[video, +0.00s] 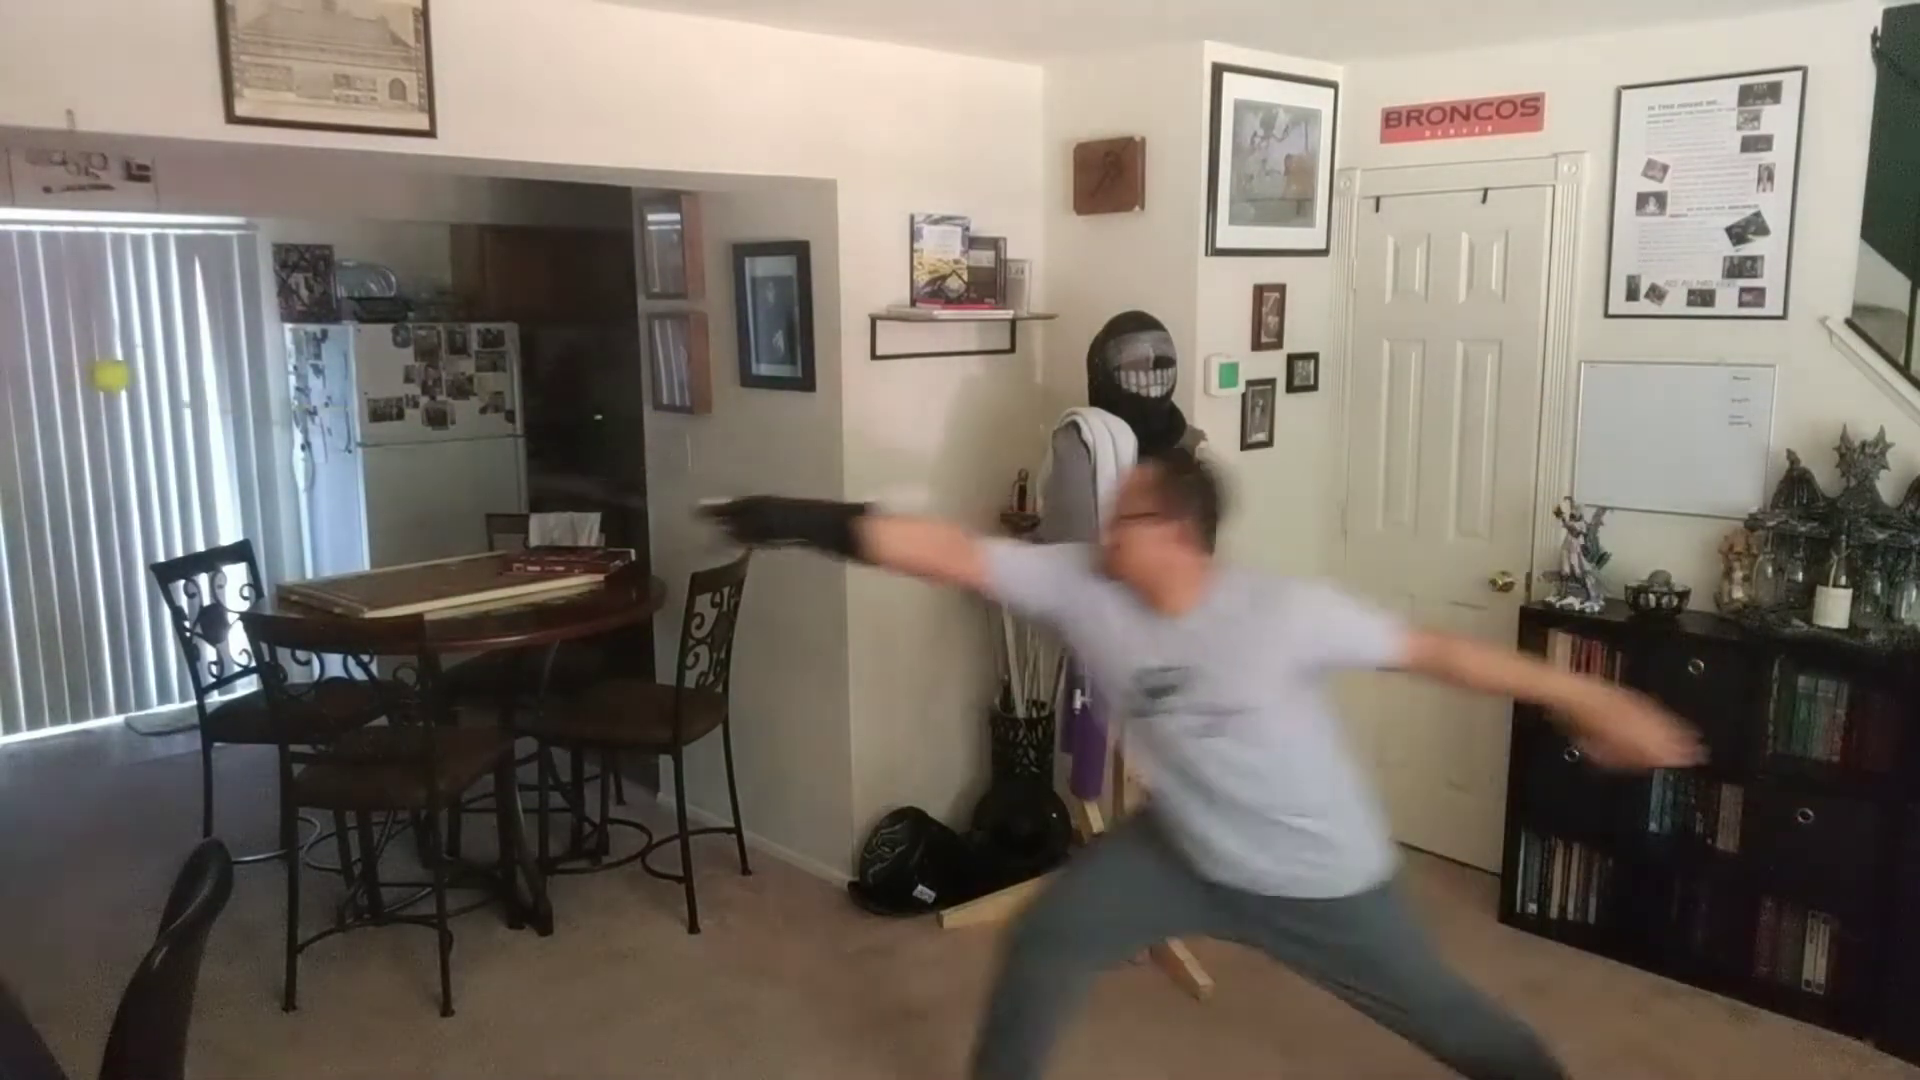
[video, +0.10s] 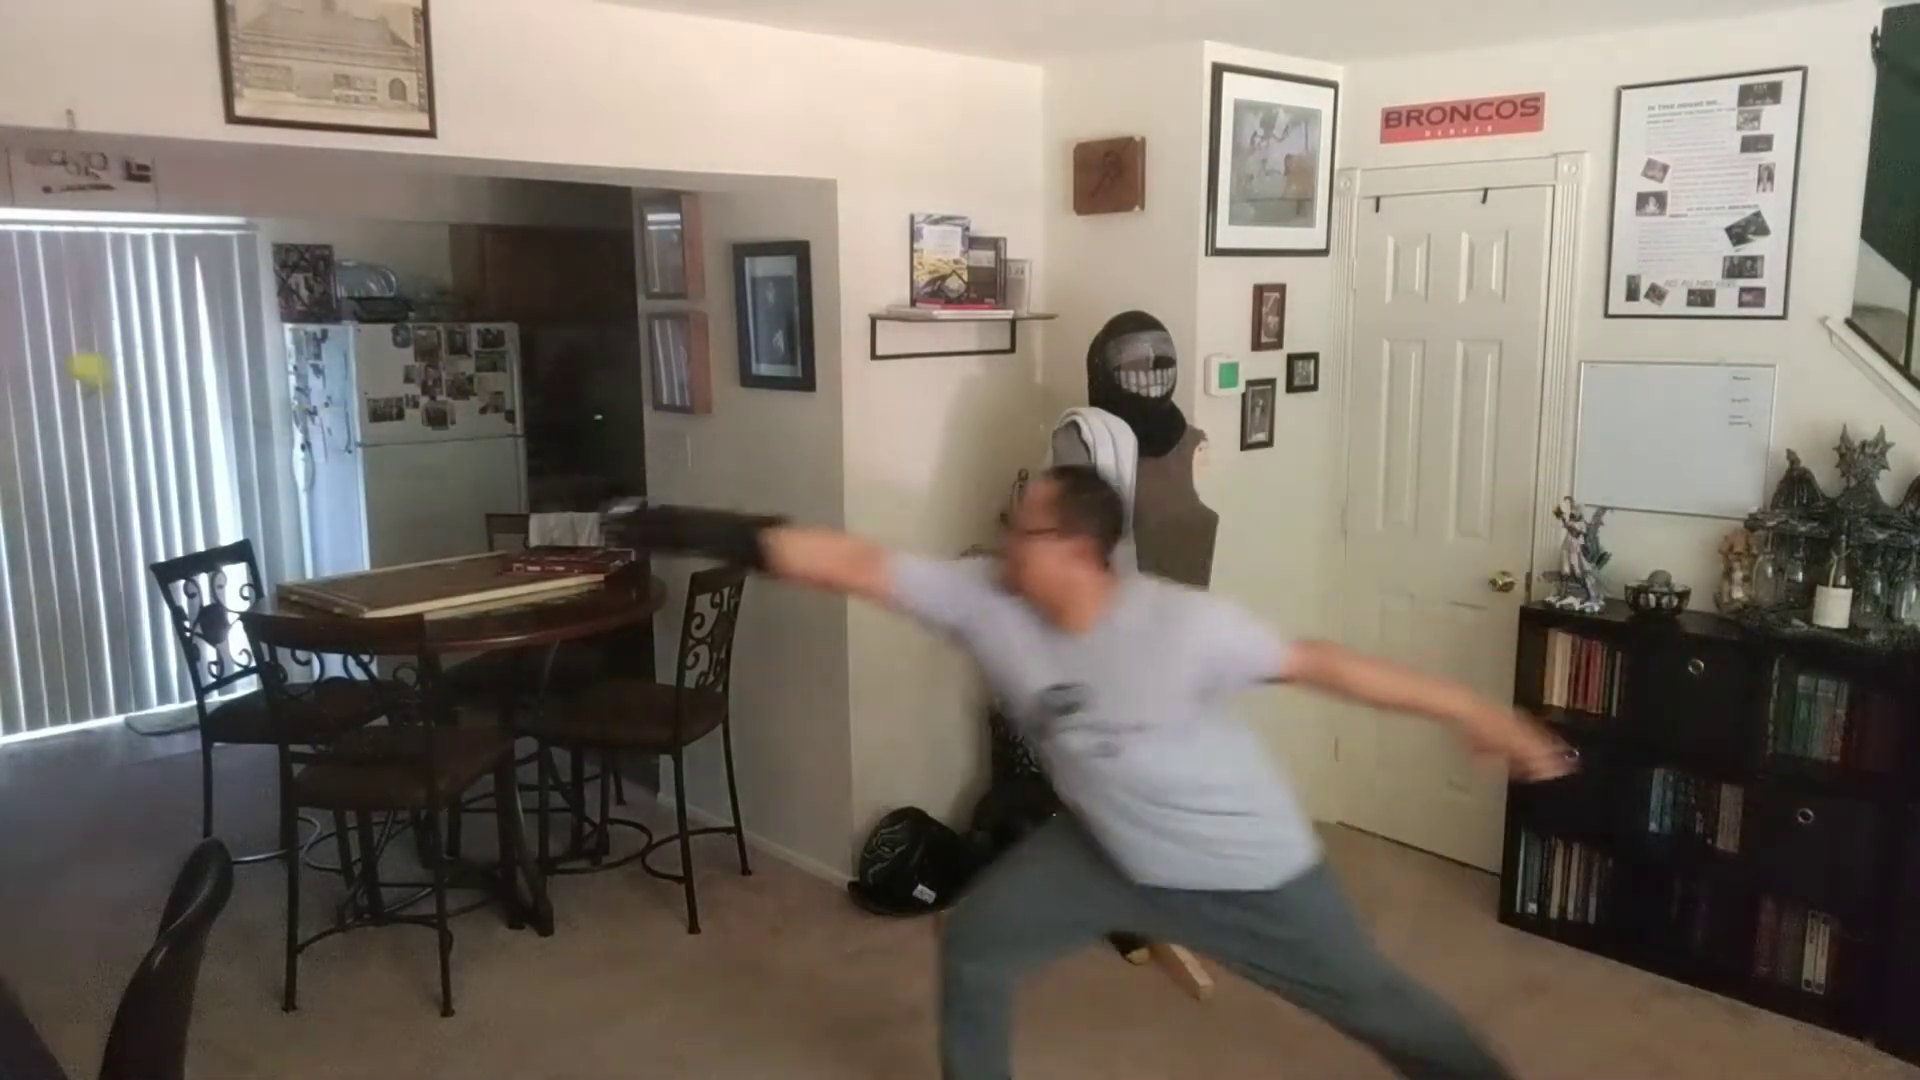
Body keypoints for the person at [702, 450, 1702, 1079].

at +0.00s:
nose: (1113, 530)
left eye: (1134, 517)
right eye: (1114, 515)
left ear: (1188, 531)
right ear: (1125, 529)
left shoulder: (1282, 614)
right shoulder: (1090, 592)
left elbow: (1438, 655)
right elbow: (949, 554)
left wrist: (1583, 699)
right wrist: (817, 525)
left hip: (1327, 886)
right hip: (1181, 857)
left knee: (1463, 1027)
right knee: (1050, 935)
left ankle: (1542, 1070)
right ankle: (999, 1075)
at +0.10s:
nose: (1008, 539)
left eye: (1029, 528)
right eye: (1013, 522)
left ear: (1086, 546)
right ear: (1031, 537)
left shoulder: (1184, 627)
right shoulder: (989, 602)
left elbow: (1329, 669)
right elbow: (853, 566)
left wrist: (1477, 715)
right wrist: (710, 533)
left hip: (1251, 869)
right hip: (1101, 854)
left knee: (1375, 1006)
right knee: (974, 945)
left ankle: (1478, 1068)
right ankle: (974, 1074)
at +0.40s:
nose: (875, 553)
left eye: (892, 540)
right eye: (880, 538)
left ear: (945, 554)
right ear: (919, 551)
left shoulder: (1054, 615)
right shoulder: (879, 610)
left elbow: (1202, 656)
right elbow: (742, 588)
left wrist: (1338, 710)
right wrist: (618, 566)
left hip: (1165, 839)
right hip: (1027, 835)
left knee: (1298, 976)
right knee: (916, 934)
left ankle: (1421, 1071)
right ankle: (967, 1078)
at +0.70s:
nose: (969, 519)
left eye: (986, 503)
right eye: (974, 502)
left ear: (1041, 513)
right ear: (1016, 517)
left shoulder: (1141, 592)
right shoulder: (967, 604)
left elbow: (1278, 678)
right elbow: (843, 639)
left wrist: (1205, 661)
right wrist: (708, 622)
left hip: (1205, 849)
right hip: (1069, 834)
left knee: (1294, 1030)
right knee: (965, 942)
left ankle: (1425, 1078)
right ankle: (968, 1078)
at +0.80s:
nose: (1057, 501)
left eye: (1077, 480)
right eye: (1055, 483)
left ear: (1136, 492)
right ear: (1054, 500)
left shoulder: (1208, 573)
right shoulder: (1045, 587)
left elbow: (1330, 678)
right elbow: (942, 661)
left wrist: (1195, 613)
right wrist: (807, 657)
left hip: (1259, 851)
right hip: (1114, 839)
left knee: (1317, 1046)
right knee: (1008, 982)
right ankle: (978, 1076)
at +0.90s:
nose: (1149, 481)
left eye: (1169, 463)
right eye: (1147, 465)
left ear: (1230, 468)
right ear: (1147, 477)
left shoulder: (1309, 548)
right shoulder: (1145, 579)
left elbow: (1348, 655)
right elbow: (1052, 663)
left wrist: (1205, 568)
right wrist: (921, 673)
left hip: (1352, 848)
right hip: (1217, 841)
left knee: (1372, 1033)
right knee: (1099, 981)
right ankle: (1026, 1073)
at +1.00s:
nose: (1234, 466)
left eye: (1253, 449)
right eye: (1236, 450)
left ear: (1316, 461)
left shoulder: (1398, 535)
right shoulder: (1236, 562)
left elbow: (1383, 636)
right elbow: (1152, 666)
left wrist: (1241, 538)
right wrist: (1025, 678)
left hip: (1429, 832)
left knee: (1417, 1040)